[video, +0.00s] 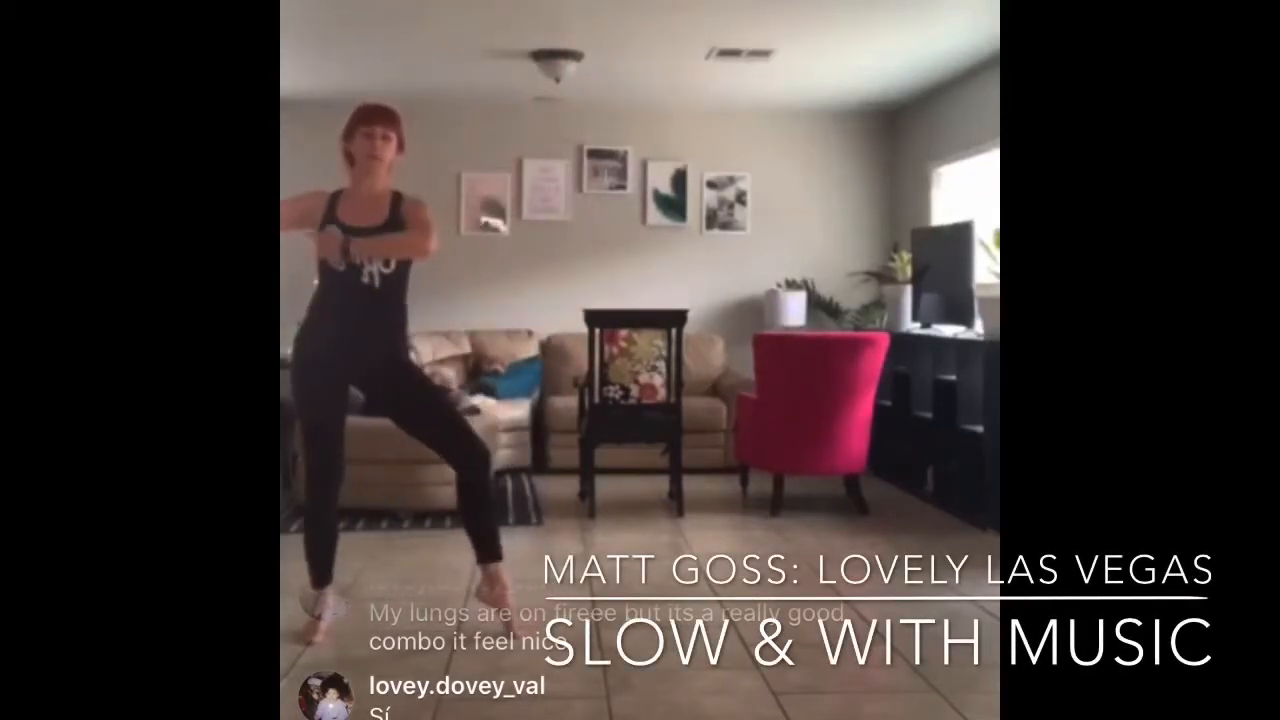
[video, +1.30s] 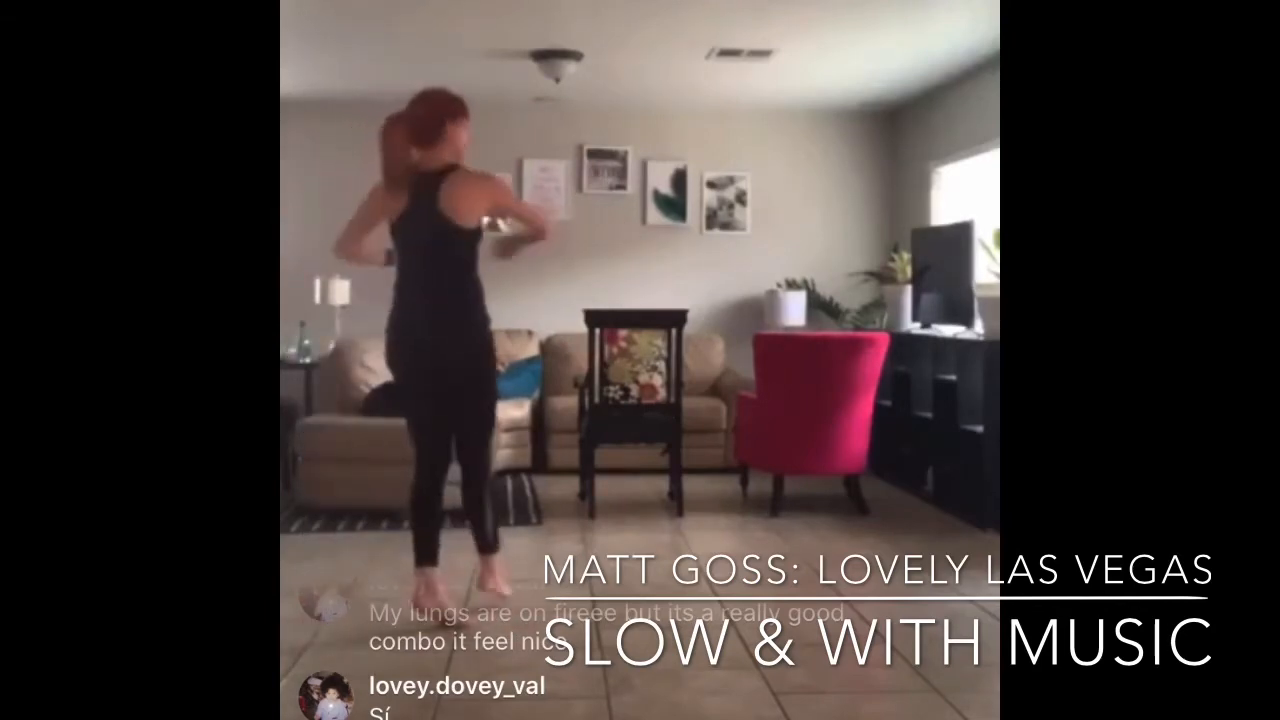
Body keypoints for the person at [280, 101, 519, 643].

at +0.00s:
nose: (375, 144)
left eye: (384, 138)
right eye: (366, 136)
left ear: (398, 151)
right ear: (346, 146)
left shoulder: (410, 209)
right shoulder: (321, 205)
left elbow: (424, 246)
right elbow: (280, 218)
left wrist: (351, 245)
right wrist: (314, 232)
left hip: (383, 359)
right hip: (320, 356)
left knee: (472, 455)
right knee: (323, 473)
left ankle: (492, 579)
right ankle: (321, 594)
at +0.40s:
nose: (380, 143)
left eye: (388, 139)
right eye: (370, 134)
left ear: (395, 151)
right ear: (344, 140)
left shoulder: (399, 206)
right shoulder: (311, 201)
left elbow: (418, 239)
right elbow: (277, 219)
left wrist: (392, 248)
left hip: (378, 353)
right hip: (316, 352)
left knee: (450, 460)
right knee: (323, 473)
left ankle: (483, 583)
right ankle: (323, 592)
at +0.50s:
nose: (380, 145)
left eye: (388, 140)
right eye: (370, 134)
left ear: (393, 153)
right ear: (343, 138)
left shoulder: (394, 204)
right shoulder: (305, 201)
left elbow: (446, 224)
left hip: (380, 350)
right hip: (319, 351)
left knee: (439, 463)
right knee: (325, 474)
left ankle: (482, 581)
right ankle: (323, 592)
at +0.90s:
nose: (428, 137)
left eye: (431, 130)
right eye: (419, 126)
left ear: (421, 140)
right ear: (388, 128)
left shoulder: (421, 192)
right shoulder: (365, 190)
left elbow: (467, 218)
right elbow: (331, 230)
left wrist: (518, 227)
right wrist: (314, 249)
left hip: (428, 344)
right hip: (380, 345)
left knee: (449, 460)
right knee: (374, 464)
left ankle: (427, 588)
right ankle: (331, 587)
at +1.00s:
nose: (441, 138)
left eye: (444, 131)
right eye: (433, 127)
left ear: (431, 137)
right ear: (403, 128)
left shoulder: (426, 192)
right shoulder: (384, 190)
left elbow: (449, 240)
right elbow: (441, 240)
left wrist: (480, 237)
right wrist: (482, 229)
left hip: (440, 338)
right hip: (404, 338)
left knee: (449, 461)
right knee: (412, 463)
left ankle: (427, 588)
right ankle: (366, 595)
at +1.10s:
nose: (454, 139)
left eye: (455, 130)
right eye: (448, 128)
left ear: (421, 129)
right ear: (421, 126)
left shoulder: (399, 185)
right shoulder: (414, 188)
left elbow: (414, 236)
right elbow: (490, 212)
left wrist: (453, 247)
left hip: (417, 331)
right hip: (427, 335)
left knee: (437, 458)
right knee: (446, 460)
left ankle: (426, 582)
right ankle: (441, 585)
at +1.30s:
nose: (470, 135)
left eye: (467, 125)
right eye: (465, 126)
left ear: (417, 136)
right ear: (450, 132)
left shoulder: (392, 192)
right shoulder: (477, 187)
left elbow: (348, 247)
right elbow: (541, 226)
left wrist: (389, 257)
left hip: (409, 337)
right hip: (463, 337)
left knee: (429, 459)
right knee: (475, 461)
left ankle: (425, 581)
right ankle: (490, 571)